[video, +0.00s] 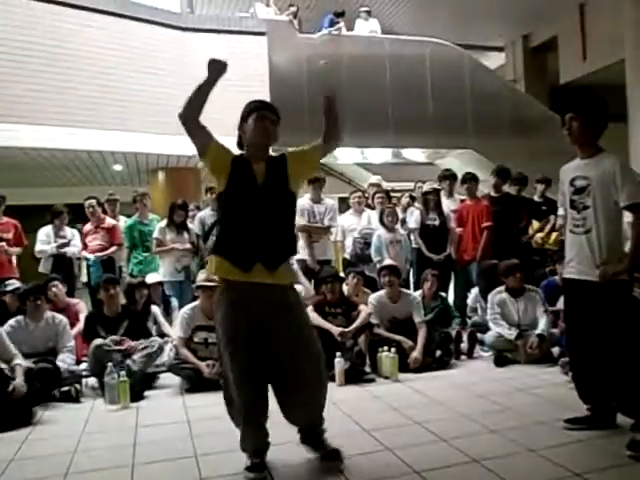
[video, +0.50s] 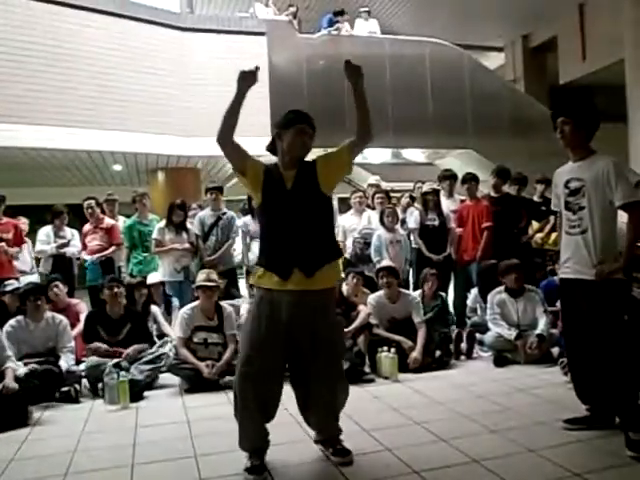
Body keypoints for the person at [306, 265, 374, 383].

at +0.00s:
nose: (330, 288)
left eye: (334, 284)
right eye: (326, 285)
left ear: (340, 285)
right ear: (321, 288)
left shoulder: (347, 301)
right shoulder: (318, 303)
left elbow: (366, 311)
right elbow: (310, 313)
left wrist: (351, 330)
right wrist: (332, 329)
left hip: (349, 343)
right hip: (327, 343)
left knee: (364, 327)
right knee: (315, 329)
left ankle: (358, 368)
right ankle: (328, 370)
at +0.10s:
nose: (330, 288)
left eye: (333, 284)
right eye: (326, 284)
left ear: (339, 285)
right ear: (321, 288)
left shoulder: (346, 301)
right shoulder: (316, 303)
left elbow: (366, 311)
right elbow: (312, 317)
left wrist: (350, 330)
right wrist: (332, 329)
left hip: (348, 343)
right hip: (326, 342)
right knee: (316, 330)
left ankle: (357, 368)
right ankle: (328, 371)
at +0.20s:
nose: (330, 288)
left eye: (333, 284)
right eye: (326, 284)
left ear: (340, 285)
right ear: (321, 288)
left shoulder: (346, 301)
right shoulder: (317, 303)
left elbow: (366, 311)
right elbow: (315, 319)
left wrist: (351, 330)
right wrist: (333, 329)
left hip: (349, 344)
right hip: (327, 344)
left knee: (363, 326)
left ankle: (358, 367)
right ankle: (327, 370)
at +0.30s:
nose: (330, 288)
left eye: (333, 283)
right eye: (326, 284)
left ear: (339, 284)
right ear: (322, 286)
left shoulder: (346, 301)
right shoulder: (320, 304)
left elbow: (365, 311)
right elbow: (319, 320)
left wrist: (351, 329)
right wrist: (332, 329)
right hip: (329, 343)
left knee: (363, 327)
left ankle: (360, 367)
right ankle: (327, 371)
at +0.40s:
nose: (331, 288)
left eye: (334, 284)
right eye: (328, 285)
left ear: (340, 286)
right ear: (324, 287)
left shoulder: (345, 302)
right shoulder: (321, 305)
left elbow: (366, 312)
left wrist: (349, 330)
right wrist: (332, 331)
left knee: (363, 329)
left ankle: (361, 366)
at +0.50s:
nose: (356, 282)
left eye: (359, 279)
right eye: (353, 278)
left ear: (362, 283)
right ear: (346, 280)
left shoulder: (365, 296)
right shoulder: (339, 294)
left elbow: (366, 311)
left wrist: (350, 329)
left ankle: (361, 365)